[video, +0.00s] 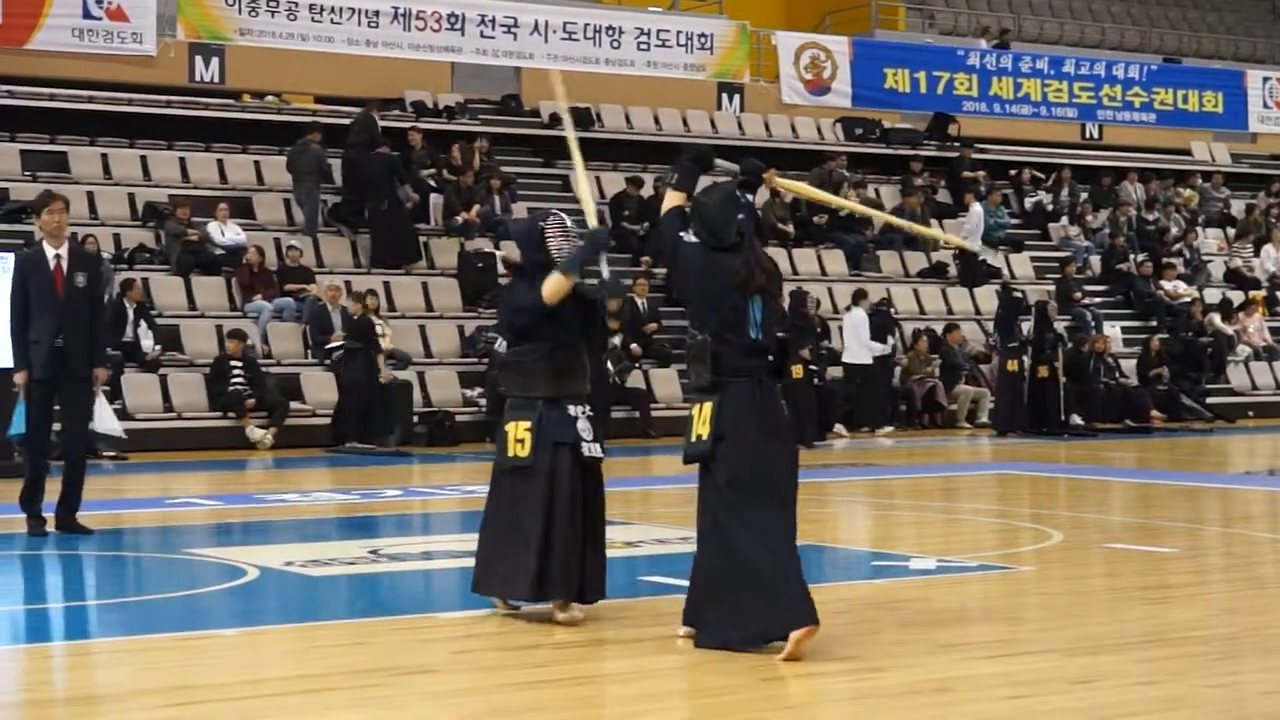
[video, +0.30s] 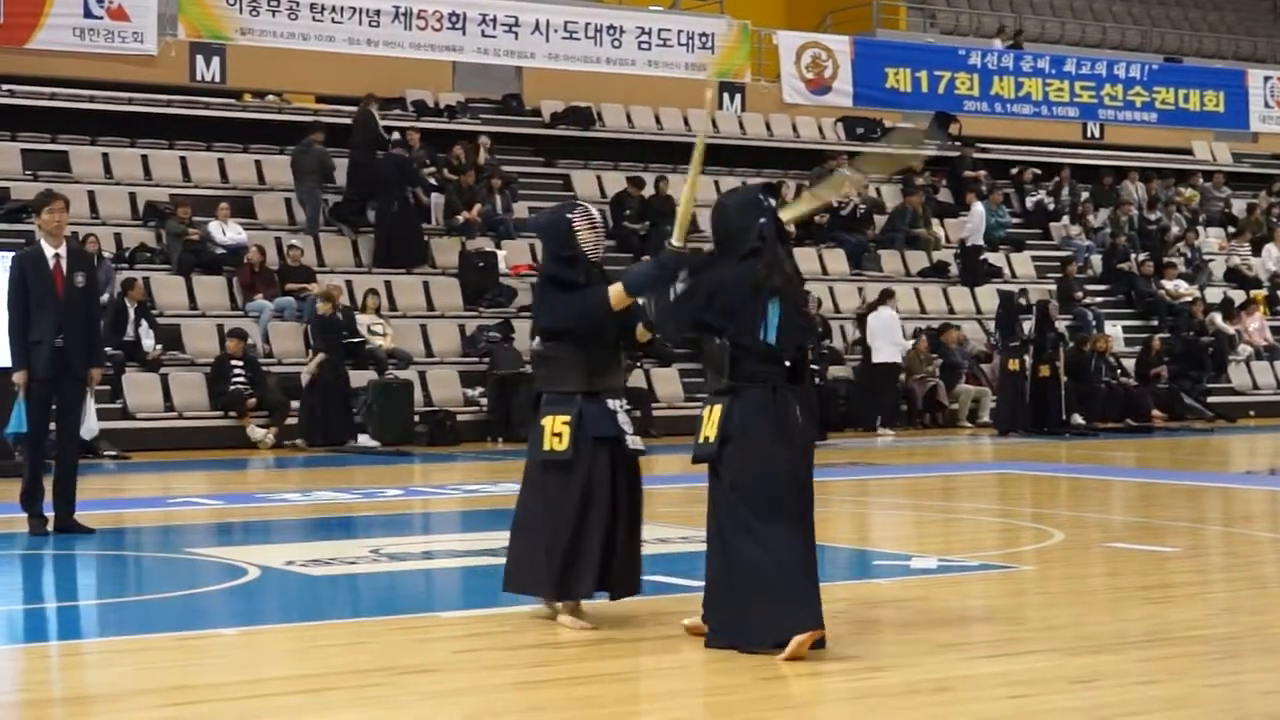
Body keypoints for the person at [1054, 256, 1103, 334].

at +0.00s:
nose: (1073, 269)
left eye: (1074, 266)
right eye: (1070, 267)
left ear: (1076, 267)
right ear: (1064, 268)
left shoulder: (1075, 281)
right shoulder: (1062, 282)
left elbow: (1084, 292)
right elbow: (1076, 297)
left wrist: (1079, 294)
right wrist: (1083, 292)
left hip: (1079, 304)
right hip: (1068, 306)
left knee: (1098, 314)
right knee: (1085, 315)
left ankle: (1100, 338)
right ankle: (1088, 340)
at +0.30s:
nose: (1075, 268)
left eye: (1075, 265)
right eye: (1072, 266)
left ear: (1077, 266)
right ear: (1066, 268)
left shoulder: (1075, 280)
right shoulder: (1064, 281)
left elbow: (1085, 291)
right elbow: (1077, 296)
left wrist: (1080, 294)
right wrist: (1084, 291)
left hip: (1080, 304)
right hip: (1069, 306)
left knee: (1098, 313)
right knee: (1087, 315)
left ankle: (1101, 337)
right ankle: (1089, 339)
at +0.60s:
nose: (1075, 267)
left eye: (1075, 265)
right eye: (1072, 265)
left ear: (1076, 266)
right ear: (1066, 267)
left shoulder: (1075, 279)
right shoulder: (1063, 280)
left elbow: (1085, 291)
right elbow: (1077, 295)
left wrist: (1080, 293)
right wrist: (1084, 291)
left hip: (1080, 303)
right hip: (1069, 305)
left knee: (1098, 313)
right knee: (1086, 314)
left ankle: (1101, 337)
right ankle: (1090, 338)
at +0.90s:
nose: (1075, 267)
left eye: (1075, 265)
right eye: (1072, 265)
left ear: (1077, 266)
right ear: (1066, 267)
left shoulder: (1075, 279)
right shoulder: (1064, 280)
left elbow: (1085, 290)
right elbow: (1078, 295)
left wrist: (1081, 293)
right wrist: (1084, 290)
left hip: (1080, 303)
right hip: (1070, 305)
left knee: (1099, 313)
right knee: (1087, 314)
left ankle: (1102, 337)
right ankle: (1091, 338)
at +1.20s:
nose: (1074, 269)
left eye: (1074, 266)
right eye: (1071, 266)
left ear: (1075, 267)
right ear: (1066, 268)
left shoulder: (1074, 280)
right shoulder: (1062, 281)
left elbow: (1084, 291)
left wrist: (1080, 294)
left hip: (1079, 304)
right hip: (1068, 306)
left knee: (1098, 314)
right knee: (1085, 314)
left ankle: (1100, 337)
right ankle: (1088, 339)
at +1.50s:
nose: (1074, 269)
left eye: (1074, 266)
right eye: (1071, 266)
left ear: (1075, 267)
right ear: (1065, 268)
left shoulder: (1073, 280)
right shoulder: (1063, 281)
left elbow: (1084, 291)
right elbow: (1076, 297)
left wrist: (1080, 294)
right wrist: (1084, 292)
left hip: (1079, 304)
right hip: (1068, 306)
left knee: (1098, 314)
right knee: (1085, 315)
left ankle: (1100, 338)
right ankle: (1089, 339)